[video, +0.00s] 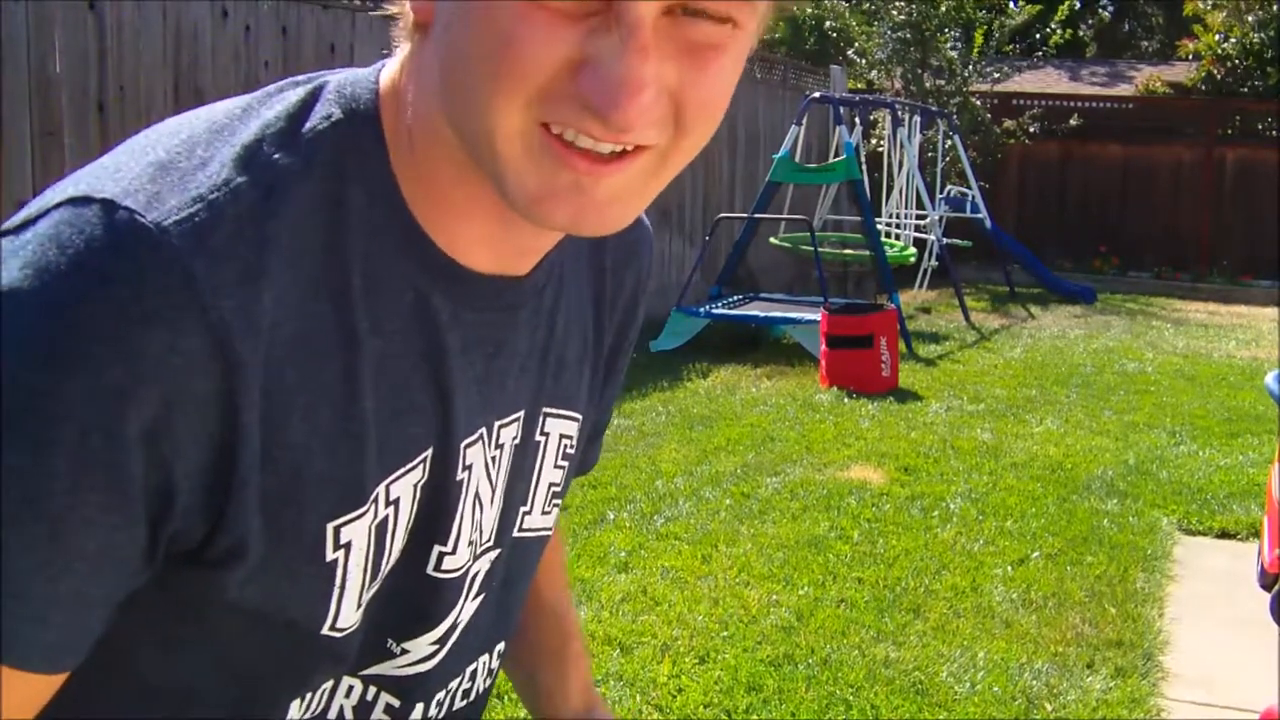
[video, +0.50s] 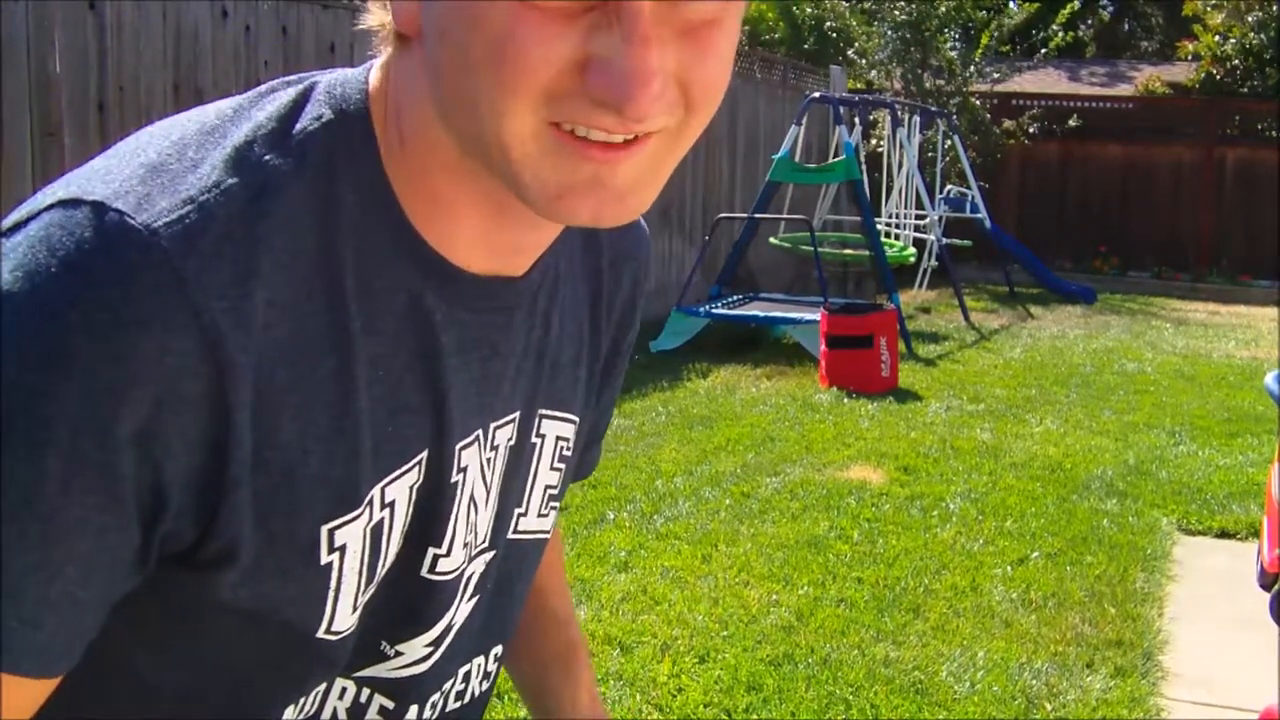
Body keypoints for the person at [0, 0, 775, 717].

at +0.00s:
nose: (627, 90)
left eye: (698, 16)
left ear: (754, 44)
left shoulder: (612, 259)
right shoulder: (115, 286)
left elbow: (519, 516)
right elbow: (12, 690)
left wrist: (570, 704)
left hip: (436, 699)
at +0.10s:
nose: (628, 90)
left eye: (699, 16)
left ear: (749, 44)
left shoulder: (607, 260)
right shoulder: (112, 287)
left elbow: (507, 517)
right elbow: (12, 691)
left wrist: (567, 703)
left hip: (434, 698)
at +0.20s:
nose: (634, 86)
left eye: (702, 5)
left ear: (748, 30)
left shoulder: (604, 257)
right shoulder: (108, 289)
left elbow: (506, 518)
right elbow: (13, 690)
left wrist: (562, 702)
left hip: (434, 696)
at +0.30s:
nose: (638, 88)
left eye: (701, 12)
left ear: (743, 34)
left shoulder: (604, 253)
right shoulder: (109, 287)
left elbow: (506, 518)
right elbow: (11, 692)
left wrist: (564, 706)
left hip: (437, 700)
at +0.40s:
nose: (641, 89)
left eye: (701, 10)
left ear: (742, 30)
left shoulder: (606, 252)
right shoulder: (111, 284)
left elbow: (504, 517)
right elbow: (11, 691)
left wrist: (569, 708)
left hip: (435, 699)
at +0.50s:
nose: (636, 87)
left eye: (697, 12)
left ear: (740, 31)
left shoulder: (612, 256)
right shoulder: (111, 285)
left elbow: (511, 516)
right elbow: (11, 689)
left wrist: (575, 707)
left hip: (438, 697)